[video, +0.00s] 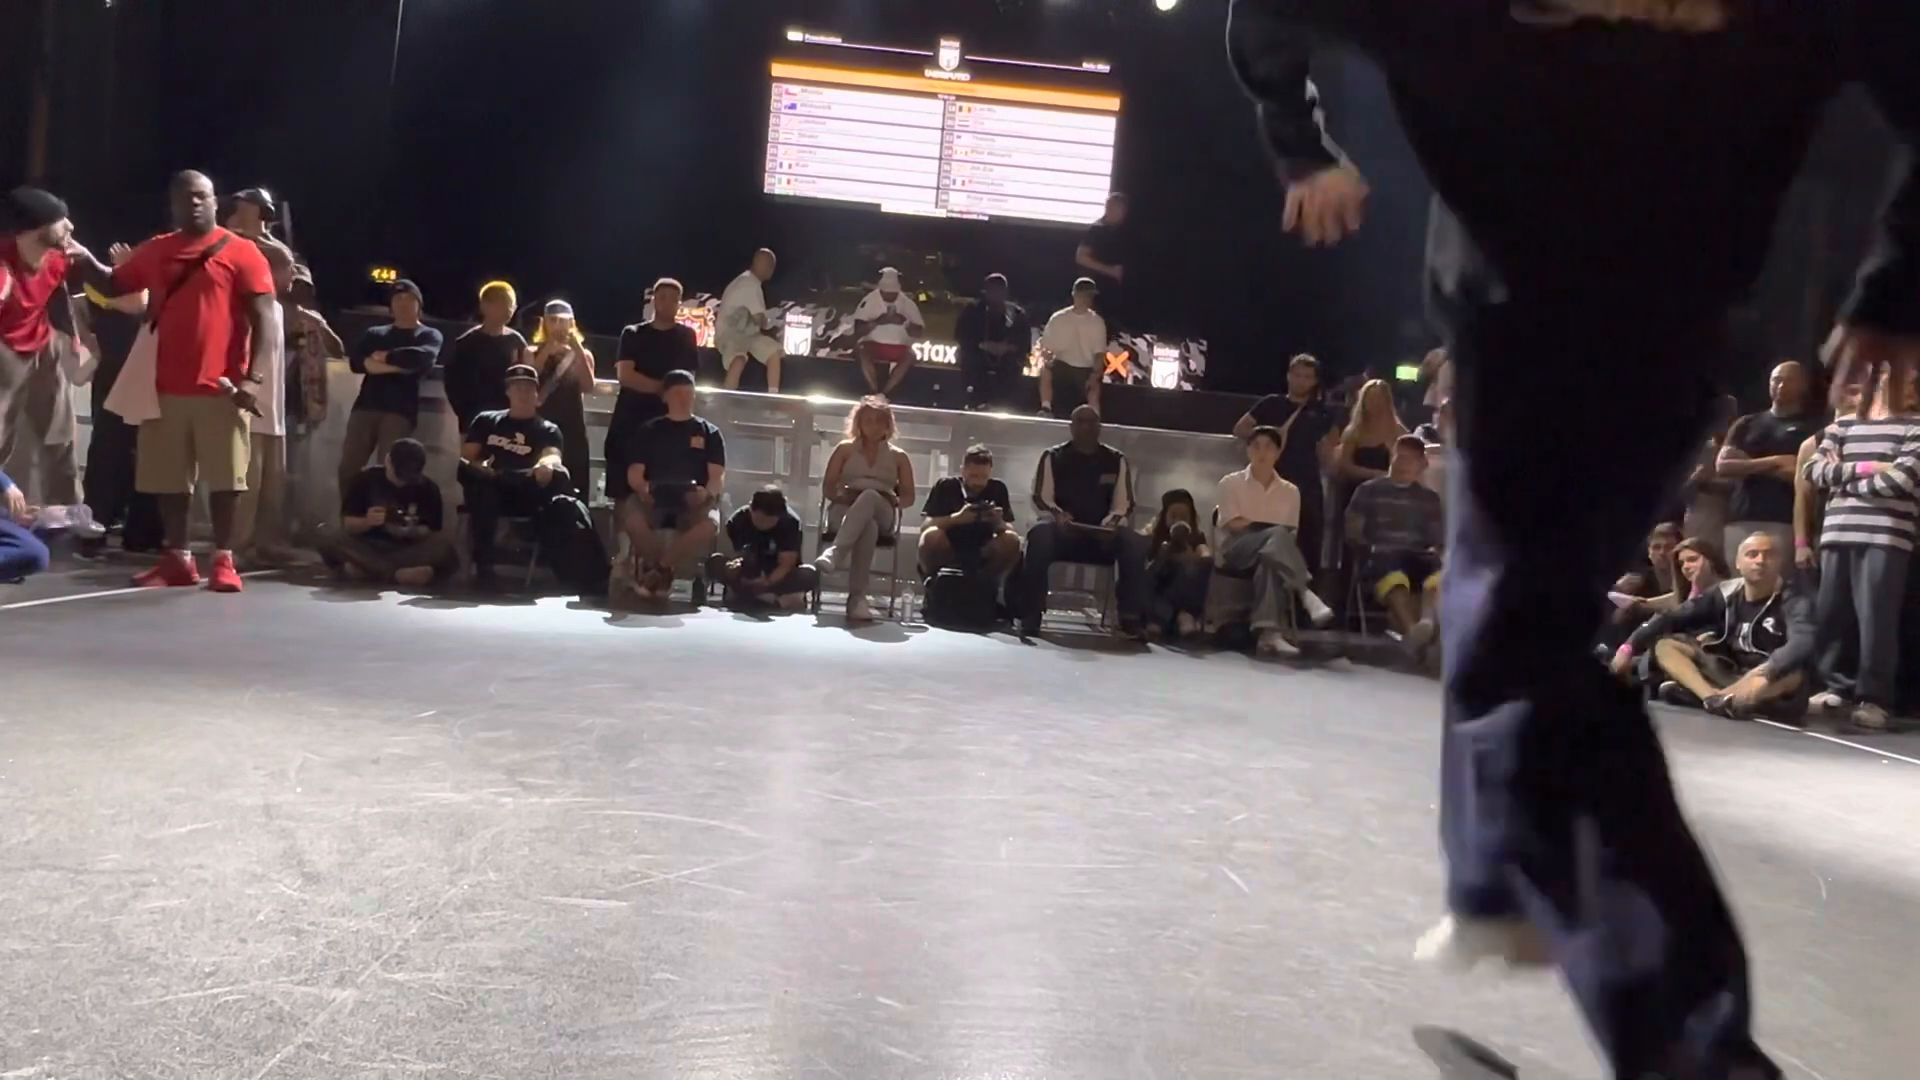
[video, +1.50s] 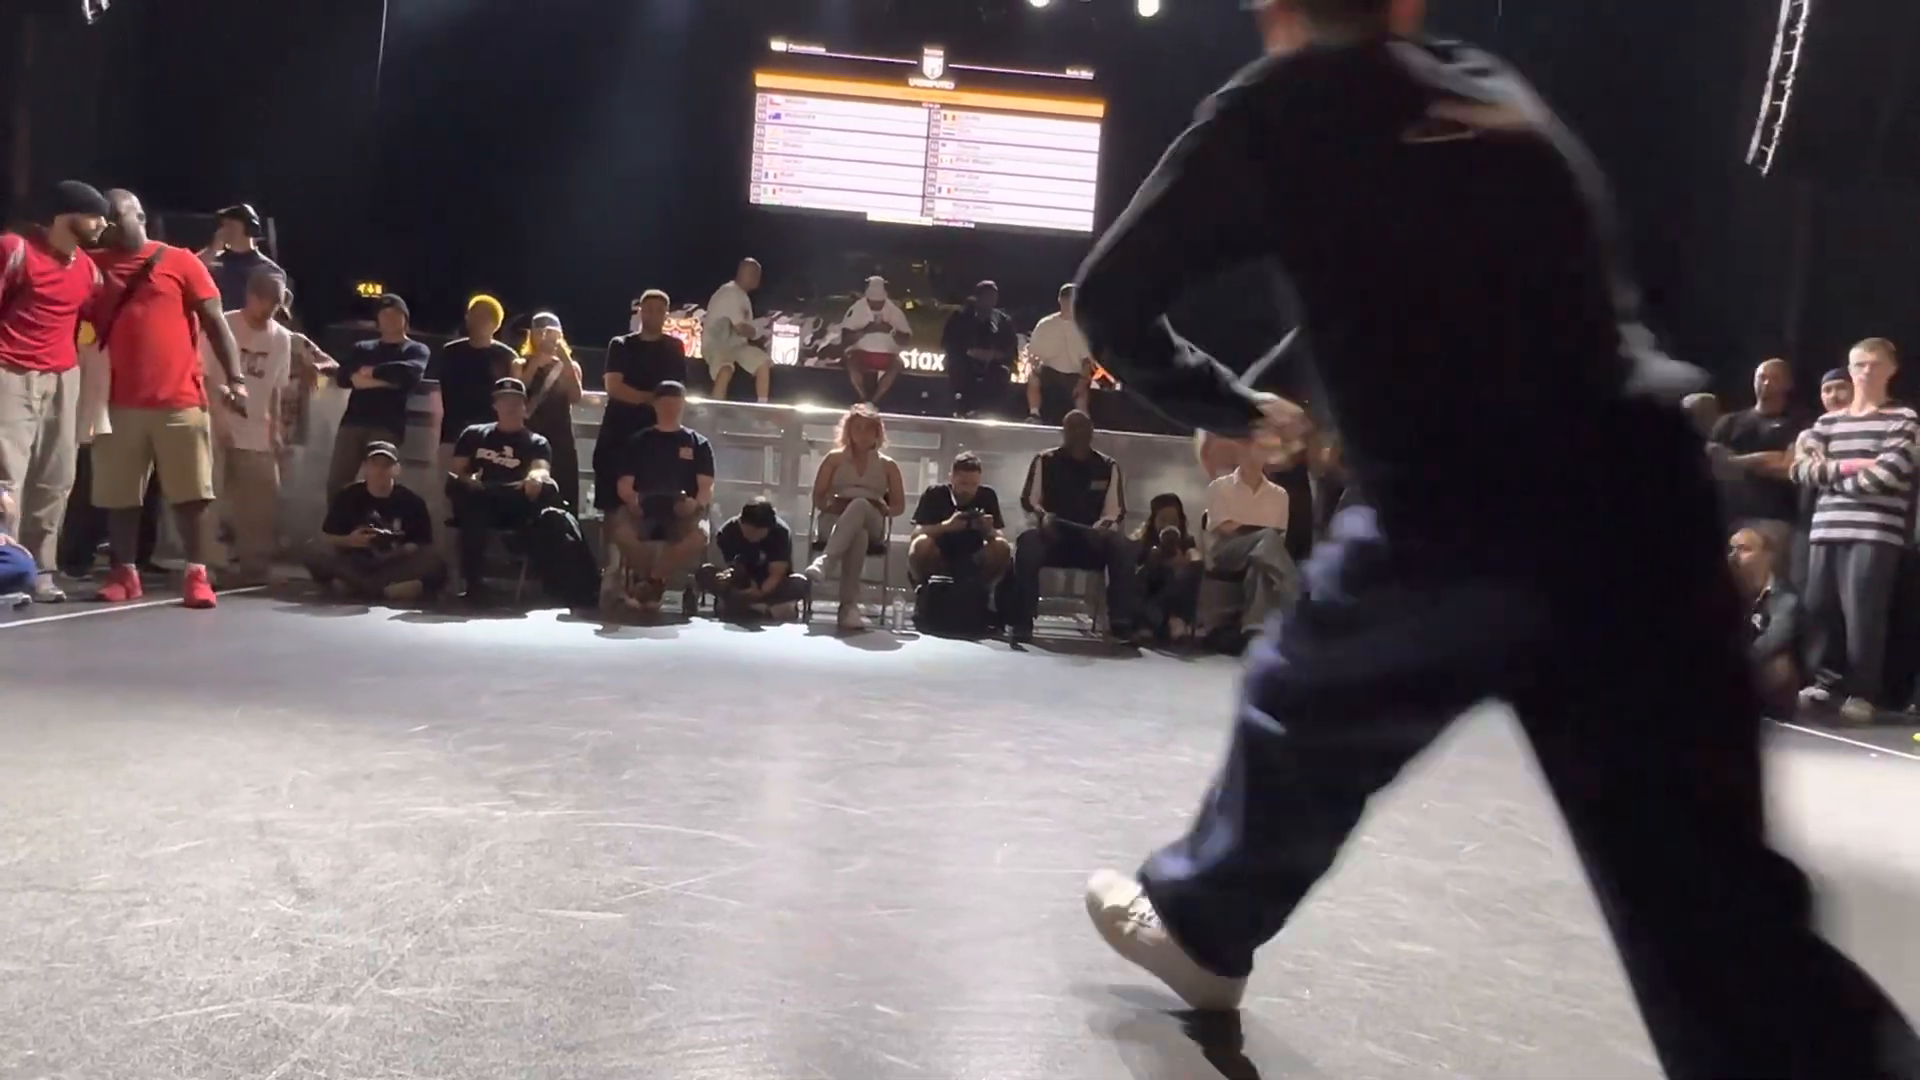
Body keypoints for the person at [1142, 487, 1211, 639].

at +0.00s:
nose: (1179, 522)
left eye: (1184, 517)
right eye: (1174, 516)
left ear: (1192, 518)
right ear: (1164, 516)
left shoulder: (1197, 538)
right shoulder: (1152, 538)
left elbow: (1206, 560)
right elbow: (1148, 571)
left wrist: (1186, 546)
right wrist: (1165, 550)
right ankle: (1184, 614)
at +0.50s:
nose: (1179, 522)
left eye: (1184, 517)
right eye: (1174, 516)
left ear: (1192, 517)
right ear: (1164, 516)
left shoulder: (1197, 539)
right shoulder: (1151, 539)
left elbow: (1207, 558)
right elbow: (1148, 572)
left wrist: (1191, 555)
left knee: (1196, 568)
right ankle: (1185, 616)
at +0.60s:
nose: (1179, 524)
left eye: (1184, 519)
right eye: (1174, 518)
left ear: (1192, 519)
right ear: (1165, 518)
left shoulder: (1197, 541)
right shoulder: (1150, 541)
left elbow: (1207, 562)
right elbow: (1147, 574)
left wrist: (1186, 549)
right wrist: (1164, 555)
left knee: (1194, 565)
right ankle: (1186, 617)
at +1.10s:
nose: (1174, 525)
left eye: (1179, 520)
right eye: (1169, 520)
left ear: (1187, 520)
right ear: (1159, 519)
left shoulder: (1192, 541)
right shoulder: (1145, 541)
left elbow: (1202, 562)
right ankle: (1181, 619)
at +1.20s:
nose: (1173, 524)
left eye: (1178, 519)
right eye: (1167, 519)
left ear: (1185, 519)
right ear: (1157, 519)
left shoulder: (1190, 541)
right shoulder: (1144, 541)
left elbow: (1200, 561)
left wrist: (1183, 557)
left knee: (1195, 569)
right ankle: (1179, 619)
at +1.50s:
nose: (1168, 526)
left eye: (1173, 520)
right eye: (1163, 520)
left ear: (1181, 520)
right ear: (1153, 520)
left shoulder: (1187, 542)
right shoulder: (1140, 542)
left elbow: (1197, 561)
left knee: (1193, 568)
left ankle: (1184, 620)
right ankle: (1174, 619)